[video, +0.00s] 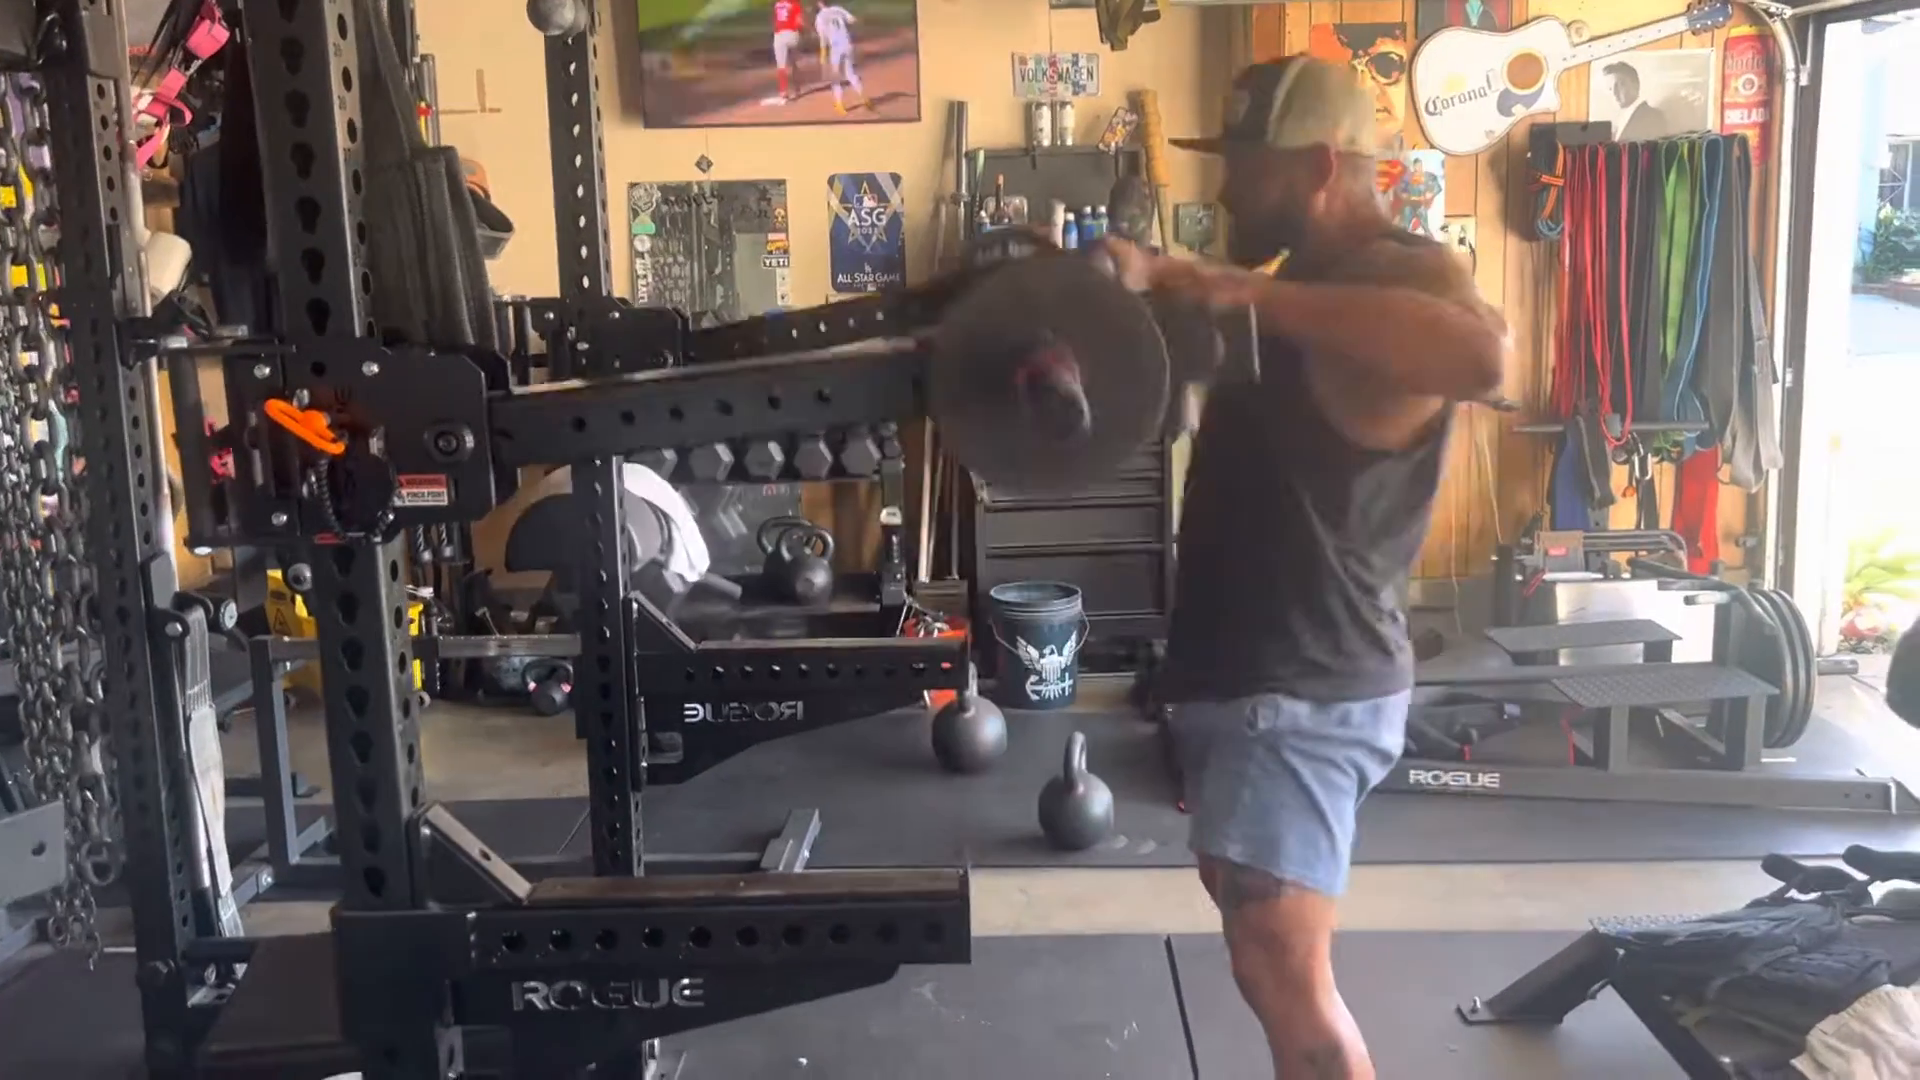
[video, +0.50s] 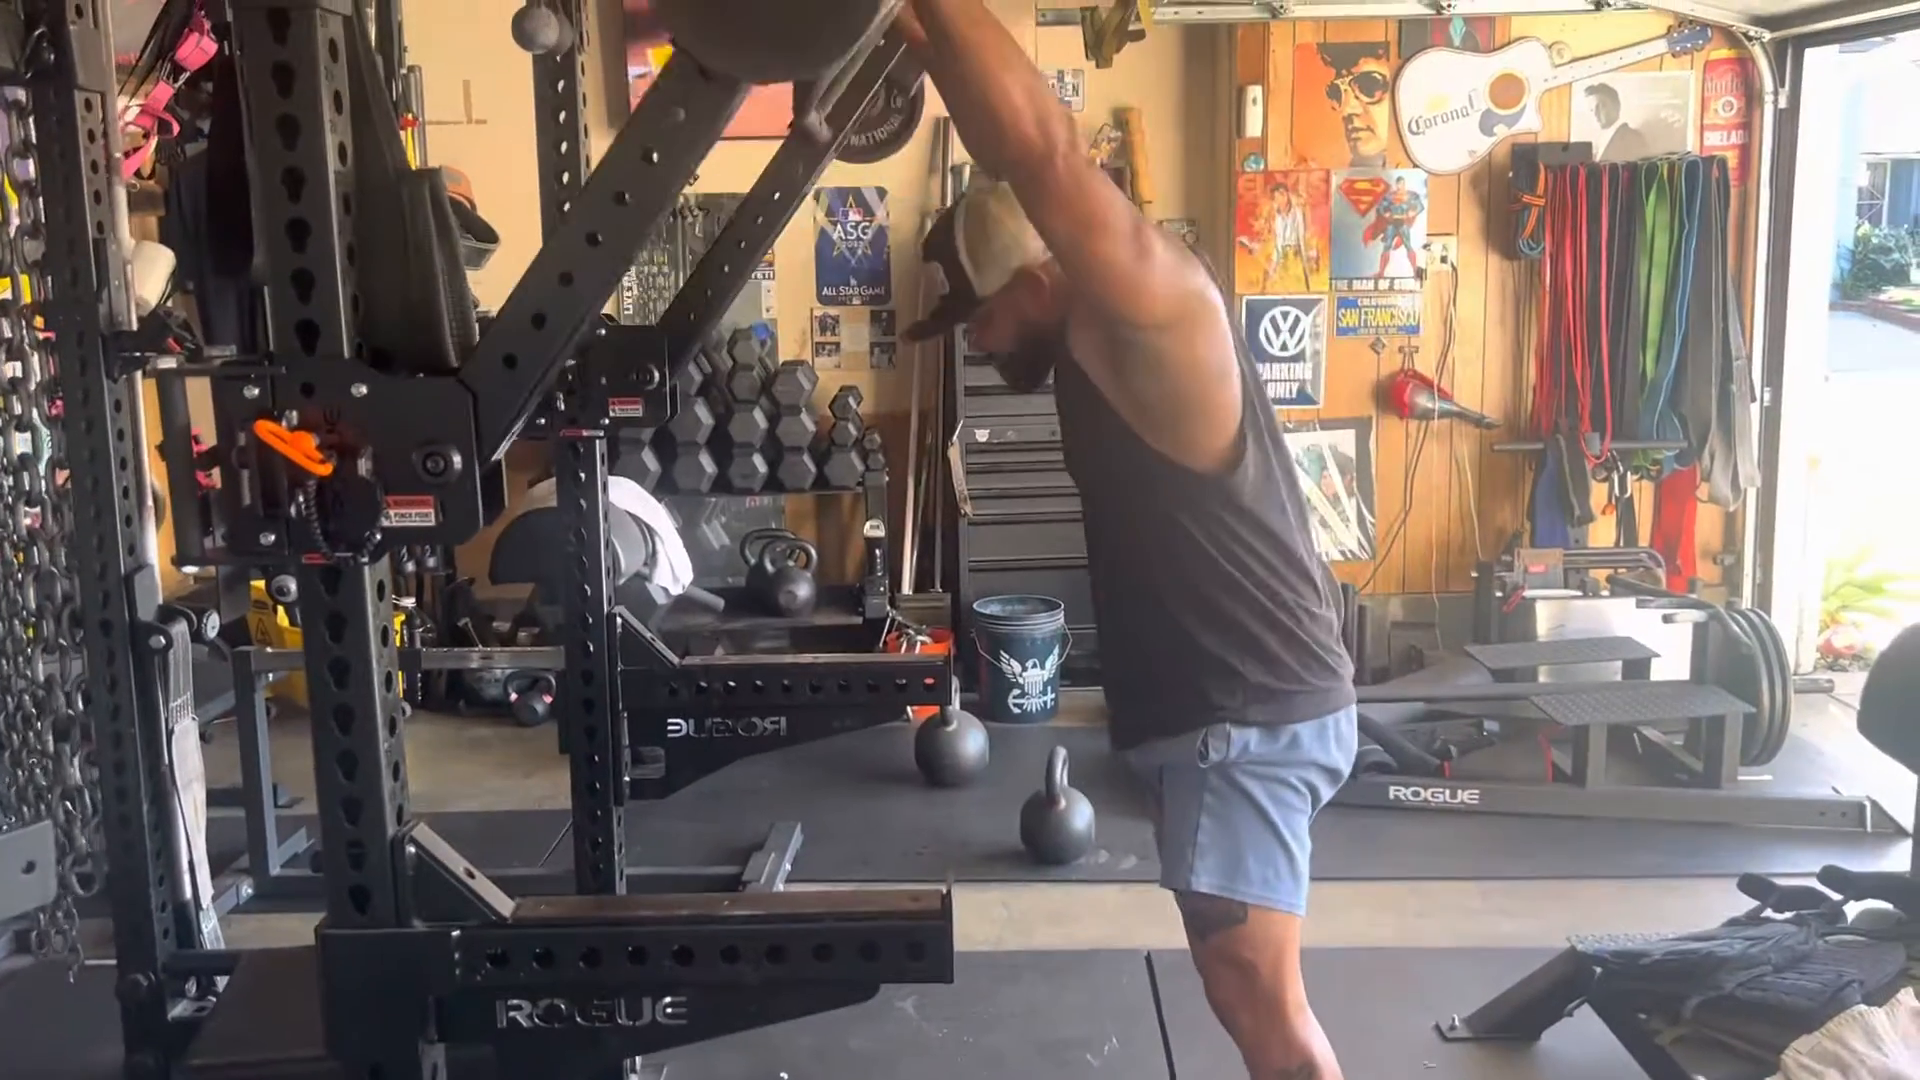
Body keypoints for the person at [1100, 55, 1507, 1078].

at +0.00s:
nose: (1223, 179)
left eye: (1244, 158)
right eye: (1225, 157)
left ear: (1320, 168)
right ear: (1313, 169)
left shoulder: (1402, 272)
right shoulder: (1297, 283)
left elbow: (1482, 356)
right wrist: (1118, 286)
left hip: (1302, 690)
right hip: (1249, 678)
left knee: (1285, 971)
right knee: (1275, 959)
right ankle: (1311, 1064)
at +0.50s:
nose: (986, 338)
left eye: (990, 309)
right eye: (979, 318)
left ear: (1042, 273)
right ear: (1042, 274)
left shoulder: (1149, 296)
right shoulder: (1103, 314)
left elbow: (1038, 146)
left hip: (1251, 718)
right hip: (1208, 712)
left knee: (1260, 1003)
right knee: (1249, 991)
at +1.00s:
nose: (1026, 320)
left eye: (1030, 287)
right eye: (1016, 292)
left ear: (1097, 253)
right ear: (1097, 255)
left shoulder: (1212, 325)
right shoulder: (1153, 335)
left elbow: (1292, 300)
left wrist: (1125, 127)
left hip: (1269, 741)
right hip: (1231, 737)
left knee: (1271, 1019)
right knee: (1263, 1010)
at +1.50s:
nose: (1180, 396)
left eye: (1188, 371)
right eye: (1176, 375)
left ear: (1262, 362)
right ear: (1262, 364)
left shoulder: (1376, 459)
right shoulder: (1282, 451)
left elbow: (1268, 646)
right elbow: (1165, 566)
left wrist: (1088, 764)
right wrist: (1042, 636)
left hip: (1475, 796)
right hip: (1369, 771)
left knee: (1293, 1028)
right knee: (1252, 930)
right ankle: (1280, 1069)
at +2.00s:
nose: (1208, 367)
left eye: (1223, 345)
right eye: (1210, 346)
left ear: (1299, 356)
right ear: (1298, 358)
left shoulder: (1384, 468)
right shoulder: (1284, 455)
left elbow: (1252, 634)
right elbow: (1171, 561)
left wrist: (1084, 762)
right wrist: (1048, 641)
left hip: (1451, 803)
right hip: (1351, 781)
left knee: (1273, 1034)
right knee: (1236, 939)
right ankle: (1268, 1069)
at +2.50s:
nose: (985, 373)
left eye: (989, 346)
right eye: (980, 352)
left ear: (1046, 317)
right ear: (1051, 319)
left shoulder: (1156, 358)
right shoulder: (1110, 377)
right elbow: (1060, 276)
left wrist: (1012, 123)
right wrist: (998, 191)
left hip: (1200, 774)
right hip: (1175, 768)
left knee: (1209, 1031)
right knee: (1206, 1020)